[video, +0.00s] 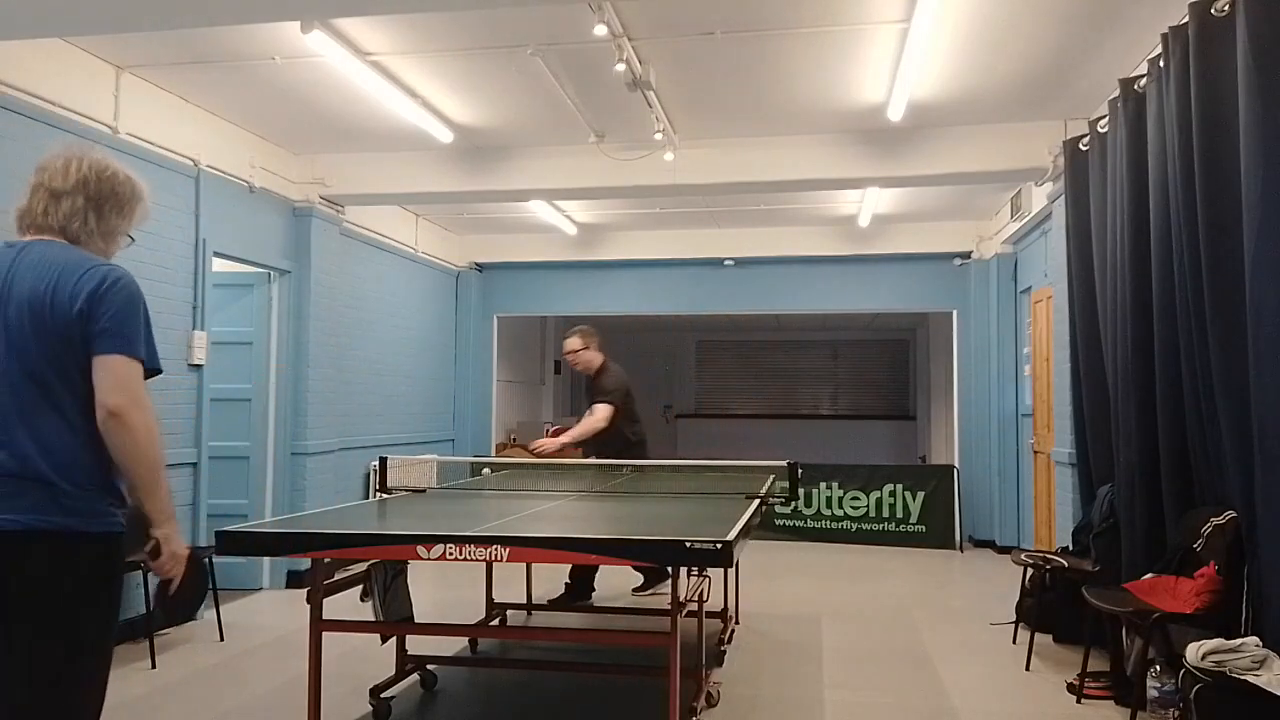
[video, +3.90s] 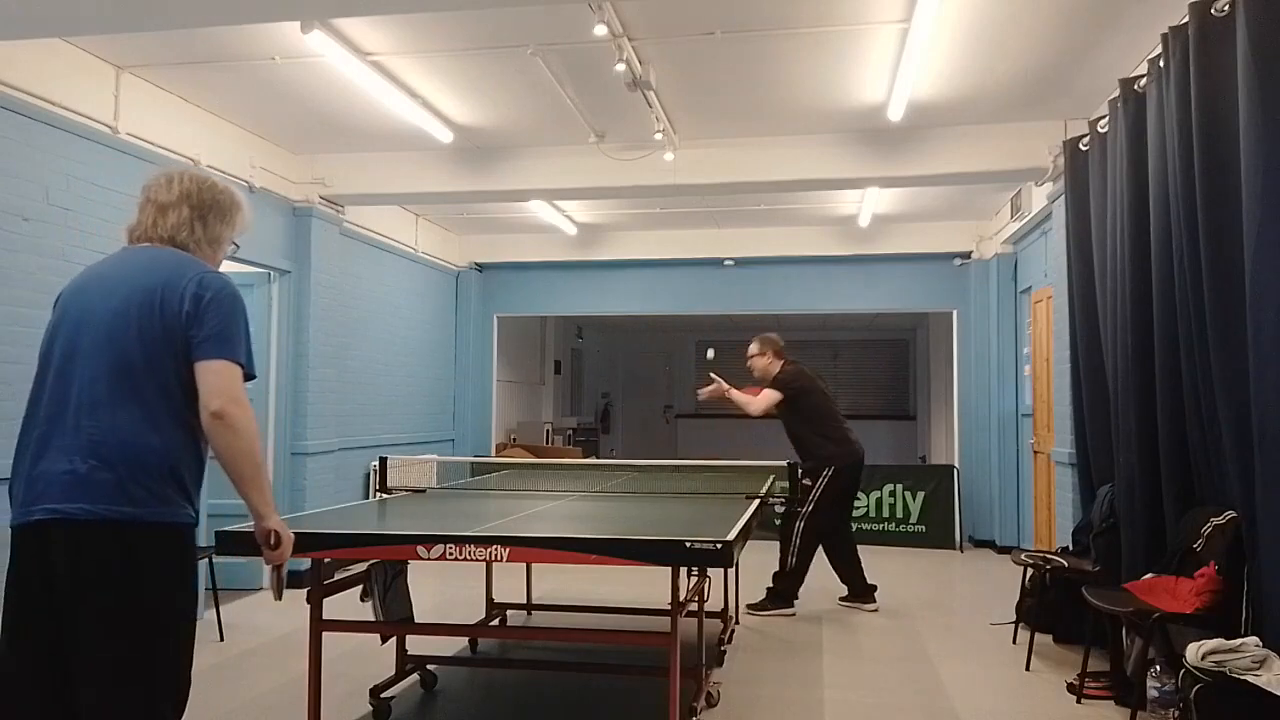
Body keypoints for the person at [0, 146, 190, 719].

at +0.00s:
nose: (123, 244)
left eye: (126, 233)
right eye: (122, 231)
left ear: (37, 207)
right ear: (97, 221)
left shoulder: (6, 261)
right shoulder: (102, 284)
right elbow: (117, 407)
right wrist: (164, 521)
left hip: (8, 529)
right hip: (64, 539)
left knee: (18, 694)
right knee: (62, 702)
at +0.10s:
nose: (132, 249)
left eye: (136, 238)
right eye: (132, 235)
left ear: (50, 213)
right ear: (107, 224)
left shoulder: (8, 268)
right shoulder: (110, 280)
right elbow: (118, 396)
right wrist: (161, 515)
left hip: (8, 530)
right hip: (71, 540)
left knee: (14, 697)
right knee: (73, 703)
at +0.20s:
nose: (140, 250)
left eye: (144, 238)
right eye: (140, 236)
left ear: (60, 215)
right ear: (115, 224)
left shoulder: (12, 274)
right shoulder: (114, 277)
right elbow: (120, 388)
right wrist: (169, 507)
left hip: (9, 526)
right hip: (78, 533)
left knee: (18, 692)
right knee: (91, 697)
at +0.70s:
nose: (191, 249)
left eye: (194, 237)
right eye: (191, 236)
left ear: (110, 218)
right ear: (172, 227)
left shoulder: (49, 287)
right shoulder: (176, 281)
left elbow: (51, 405)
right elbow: (200, 406)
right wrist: (245, 504)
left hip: (39, 531)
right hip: (136, 530)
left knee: (46, 697)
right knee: (149, 698)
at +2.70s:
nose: (202, 262)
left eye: (206, 250)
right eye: (202, 248)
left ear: (121, 224)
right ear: (177, 233)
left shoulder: (53, 288)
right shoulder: (177, 285)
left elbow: (32, 406)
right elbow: (188, 406)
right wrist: (237, 516)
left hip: (18, 541)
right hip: (116, 543)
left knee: (28, 705)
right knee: (143, 707)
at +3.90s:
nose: (225, 259)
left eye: (230, 247)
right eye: (226, 245)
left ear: (149, 222)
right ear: (205, 233)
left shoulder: (81, 283)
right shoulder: (205, 285)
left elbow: (60, 397)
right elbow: (221, 407)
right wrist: (265, 512)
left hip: (40, 525)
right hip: (138, 526)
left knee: (36, 690)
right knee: (140, 697)